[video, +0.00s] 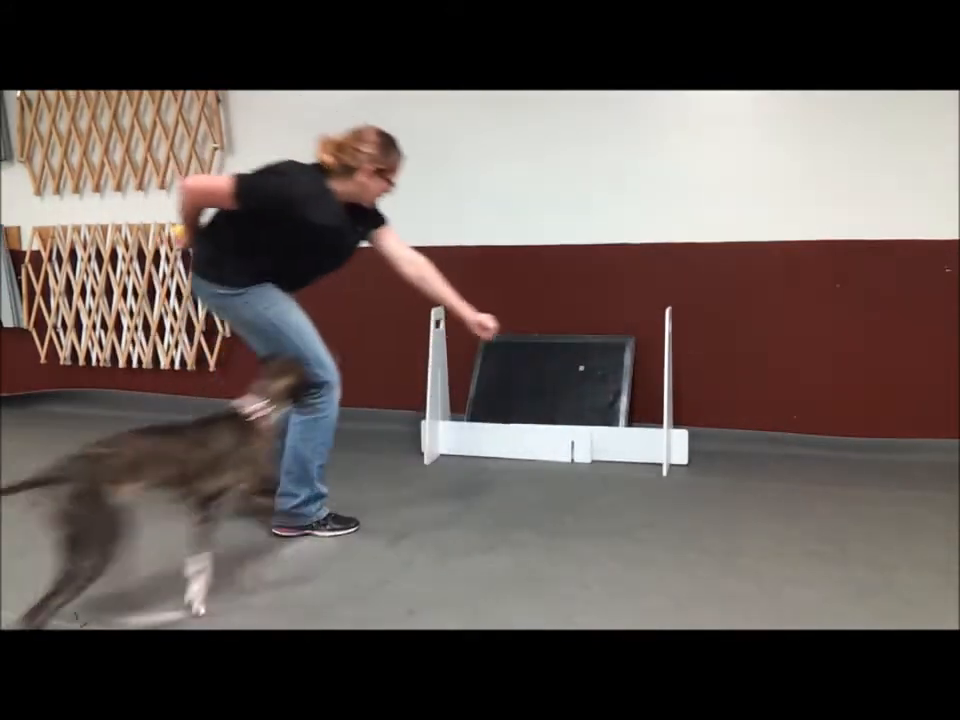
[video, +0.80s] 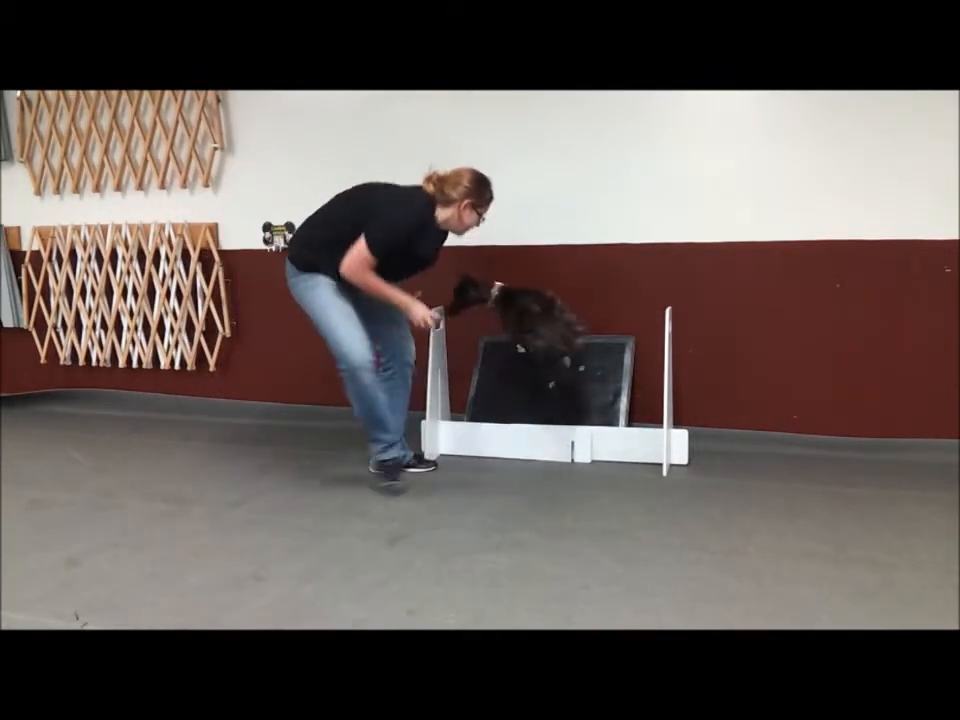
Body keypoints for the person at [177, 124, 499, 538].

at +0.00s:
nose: (389, 187)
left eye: (392, 180)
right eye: (385, 177)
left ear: (366, 173)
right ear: (362, 170)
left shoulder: (361, 215)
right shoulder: (294, 184)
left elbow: (411, 264)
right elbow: (193, 189)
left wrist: (469, 314)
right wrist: (190, 235)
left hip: (256, 282)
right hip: (230, 280)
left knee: (294, 376)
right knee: (321, 382)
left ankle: (261, 478)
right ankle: (298, 511)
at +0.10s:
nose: (419, 196)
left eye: (422, 188)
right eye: (417, 186)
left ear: (400, 180)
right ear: (397, 178)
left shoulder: (391, 221)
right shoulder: (331, 190)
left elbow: (442, 262)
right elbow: (237, 189)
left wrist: (501, 303)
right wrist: (217, 236)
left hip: (293, 282)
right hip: (256, 277)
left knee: (357, 364)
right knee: (339, 383)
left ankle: (341, 464)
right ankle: (298, 507)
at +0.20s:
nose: (442, 200)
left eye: (444, 192)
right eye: (441, 190)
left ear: (424, 184)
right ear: (422, 182)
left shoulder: (415, 224)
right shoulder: (365, 193)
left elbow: (464, 255)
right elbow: (276, 193)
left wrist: (522, 288)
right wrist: (240, 244)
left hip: (323, 286)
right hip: (288, 279)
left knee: (378, 379)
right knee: (364, 384)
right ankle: (308, 501)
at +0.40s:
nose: (466, 201)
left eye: (468, 195)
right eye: (466, 193)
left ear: (444, 183)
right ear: (452, 187)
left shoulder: (430, 216)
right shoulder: (404, 198)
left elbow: (465, 227)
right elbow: (334, 211)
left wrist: (510, 237)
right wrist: (284, 269)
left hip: (352, 281)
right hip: (326, 284)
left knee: (402, 362)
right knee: (407, 365)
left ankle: (395, 454)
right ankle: (359, 461)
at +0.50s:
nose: (472, 200)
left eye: (475, 194)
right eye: (472, 192)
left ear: (453, 185)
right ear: (457, 185)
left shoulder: (430, 206)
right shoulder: (414, 198)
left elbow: (448, 219)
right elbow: (345, 219)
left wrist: (474, 226)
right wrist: (321, 294)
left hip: (354, 274)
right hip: (336, 278)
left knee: (392, 358)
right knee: (410, 360)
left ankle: (386, 451)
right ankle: (398, 456)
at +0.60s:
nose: (477, 202)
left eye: (479, 195)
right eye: (477, 193)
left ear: (457, 185)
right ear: (462, 187)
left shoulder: (429, 208)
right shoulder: (417, 197)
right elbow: (346, 228)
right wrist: (366, 302)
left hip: (352, 273)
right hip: (328, 275)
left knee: (394, 354)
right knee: (409, 355)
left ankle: (387, 451)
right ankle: (398, 455)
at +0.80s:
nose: (479, 222)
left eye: (482, 215)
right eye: (480, 213)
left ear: (459, 203)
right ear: (463, 206)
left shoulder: (434, 230)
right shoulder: (406, 214)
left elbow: (378, 267)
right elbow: (351, 268)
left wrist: (406, 298)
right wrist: (407, 304)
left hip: (358, 271)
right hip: (313, 268)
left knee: (400, 354)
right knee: (357, 358)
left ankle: (391, 452)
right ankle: (388, 452)